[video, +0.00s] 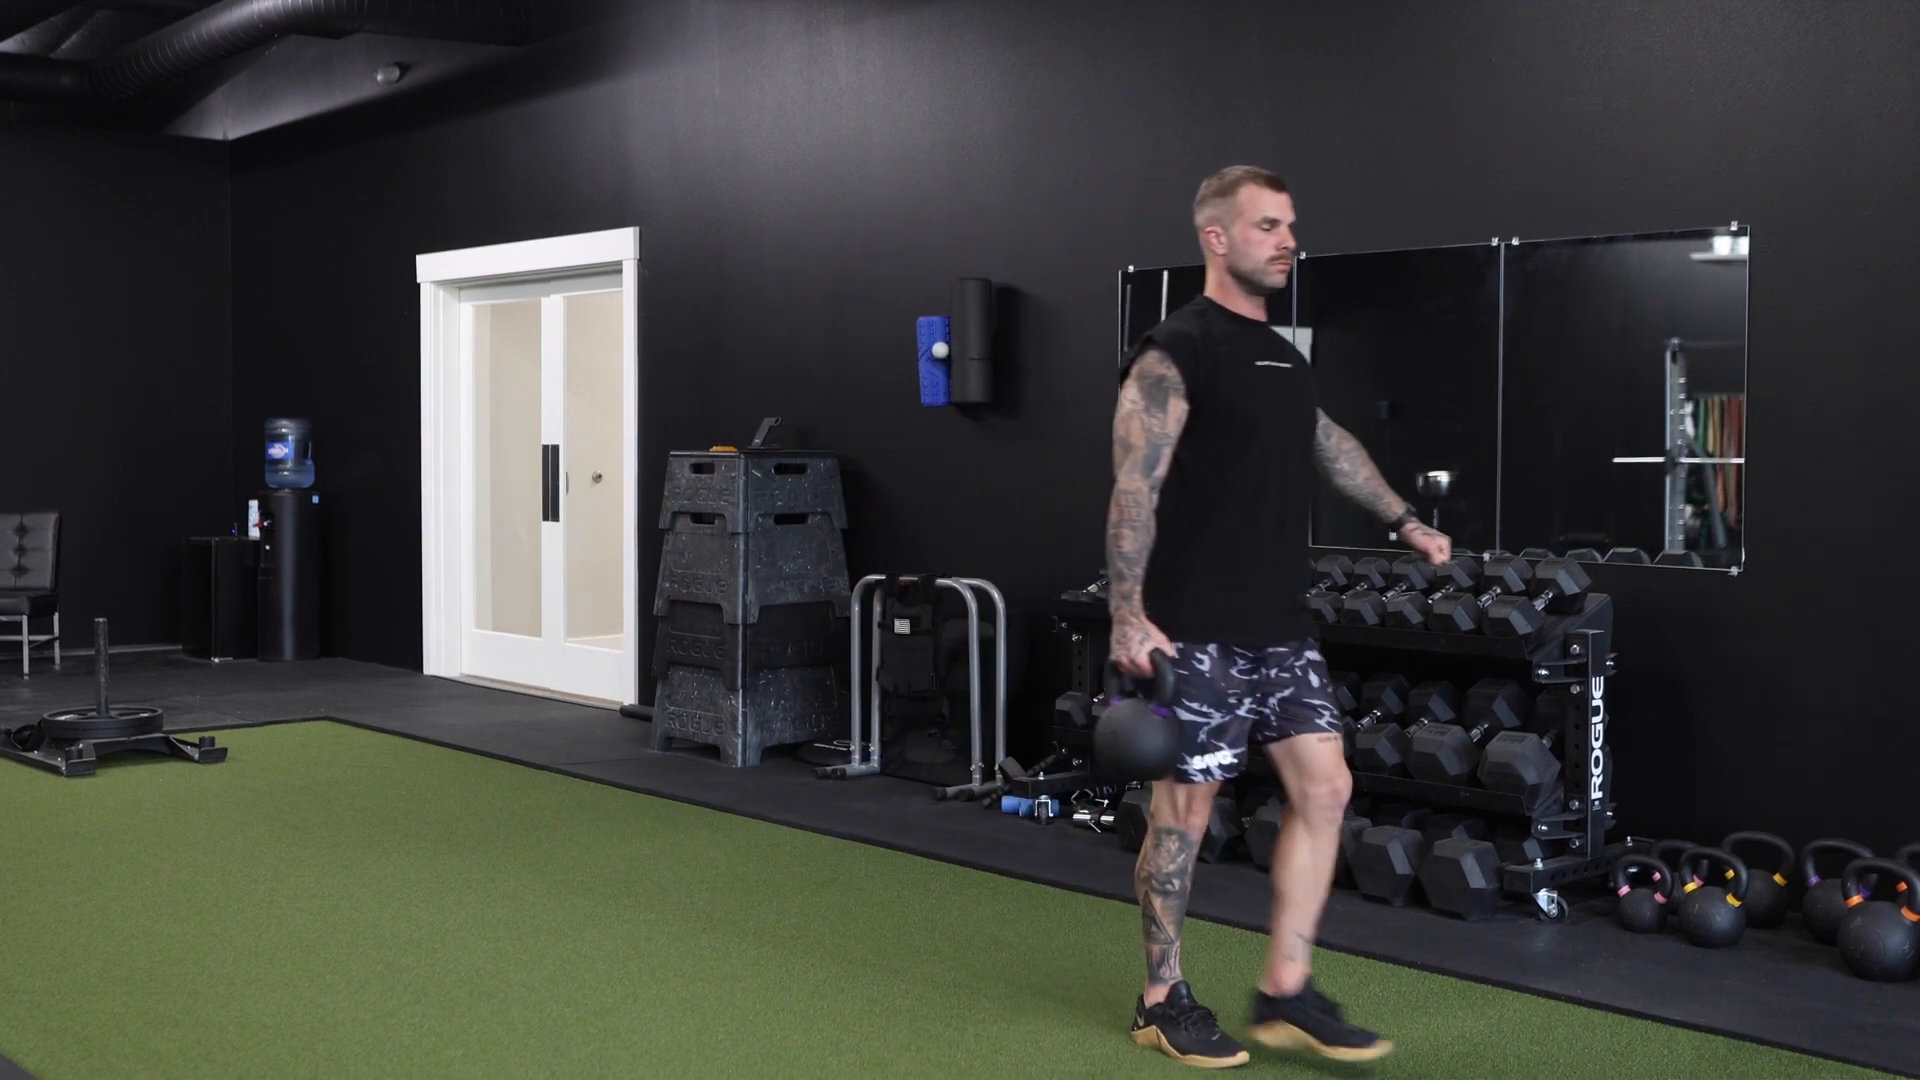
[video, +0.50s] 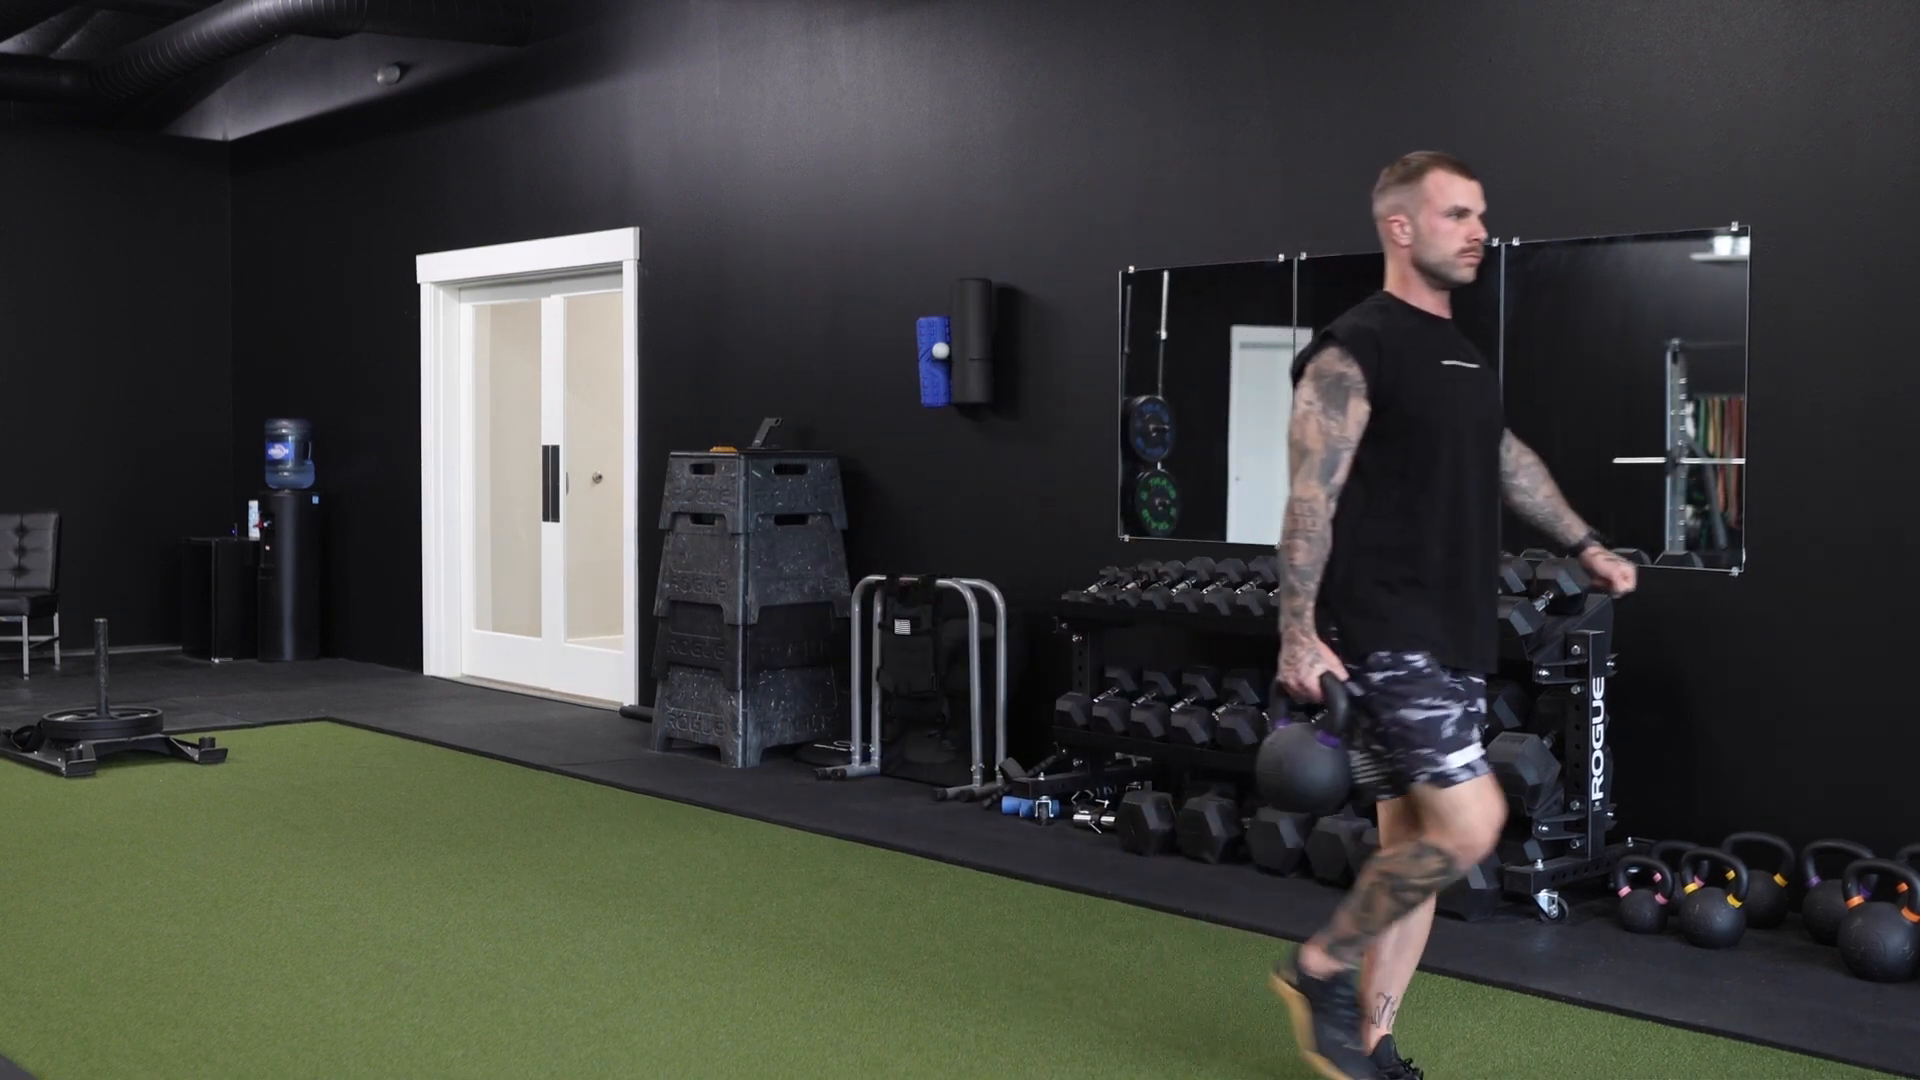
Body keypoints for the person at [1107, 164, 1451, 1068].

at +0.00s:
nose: (1287, 242)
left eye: (1290, 228)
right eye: (1267, 226)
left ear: (1283, 242)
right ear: (1213, 237)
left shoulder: (1283, 358)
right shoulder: (1172, 357)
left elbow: (1331, 445)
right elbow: (1134, 489)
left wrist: (1403, 517)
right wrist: (1126, 611)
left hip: (1282, 626)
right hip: (1196, 627)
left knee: (1323, 791)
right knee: (1183, 808)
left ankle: (1285, 992)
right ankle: (1162, 996)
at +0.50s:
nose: (1478, 232)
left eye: (1480, 217)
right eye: (1458, 216)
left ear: (1466, 232)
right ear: (1397, 228)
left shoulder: (1461, 354)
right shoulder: (1349, 351)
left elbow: (1506, 459)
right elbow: (1310, 494)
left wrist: (1584, 544)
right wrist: (1296, 626)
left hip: (1454, 633)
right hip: (1380, 633)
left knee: (1410, 845)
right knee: (1470, 821)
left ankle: (1370, 1038)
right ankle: (1319, 965)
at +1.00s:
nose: (1667, 217)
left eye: (1670, 200)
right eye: (1643, 200)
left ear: (1667, 212)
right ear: (1579, 213)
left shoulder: (1653, 344)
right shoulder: (1533, 346)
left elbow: (1718, 454)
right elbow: (1481, 504)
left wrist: (1809, 541)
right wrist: (1467, 647)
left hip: (1659, 654)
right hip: (1577, 657)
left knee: (1670, 866)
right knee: (1613, 879)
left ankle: (1480, 991)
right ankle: (1630, 1072)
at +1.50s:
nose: (1753, 201)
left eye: (1771, 180)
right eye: (1729, 185)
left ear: (1802, 186)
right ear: (1696, 201)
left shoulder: (1863, 338)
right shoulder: (1647, 338)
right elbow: (1595, 502)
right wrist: (1566, 652)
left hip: (1826, 668)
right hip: (1686, 671)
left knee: (1832, 904)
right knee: (1698, 911)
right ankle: (1646, 1074)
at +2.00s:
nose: (1751, 192)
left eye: (1776, 167)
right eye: (1742, 172)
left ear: (1853, 164)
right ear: (1738, 178)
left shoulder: (1907, 312)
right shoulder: (1725, 327)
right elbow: (1694, 494)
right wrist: (1655, 644)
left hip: (1873, 693)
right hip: (1722, 681)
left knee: (1863, 951)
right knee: (1683, 918)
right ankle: (1729, 1073)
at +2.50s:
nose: (1569, 192)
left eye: (1586, 170)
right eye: (1570, 171)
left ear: (1658, 173)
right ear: (1654, 176)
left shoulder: (1739, 321)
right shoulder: (1649, 321)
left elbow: (1778, 443)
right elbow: (1672, 494)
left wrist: (1747, 567)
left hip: (1750, 693)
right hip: (1667, 686)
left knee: (1734, 950)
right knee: (1662, 931)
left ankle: (1820, 1071)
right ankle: (1689, 1077)